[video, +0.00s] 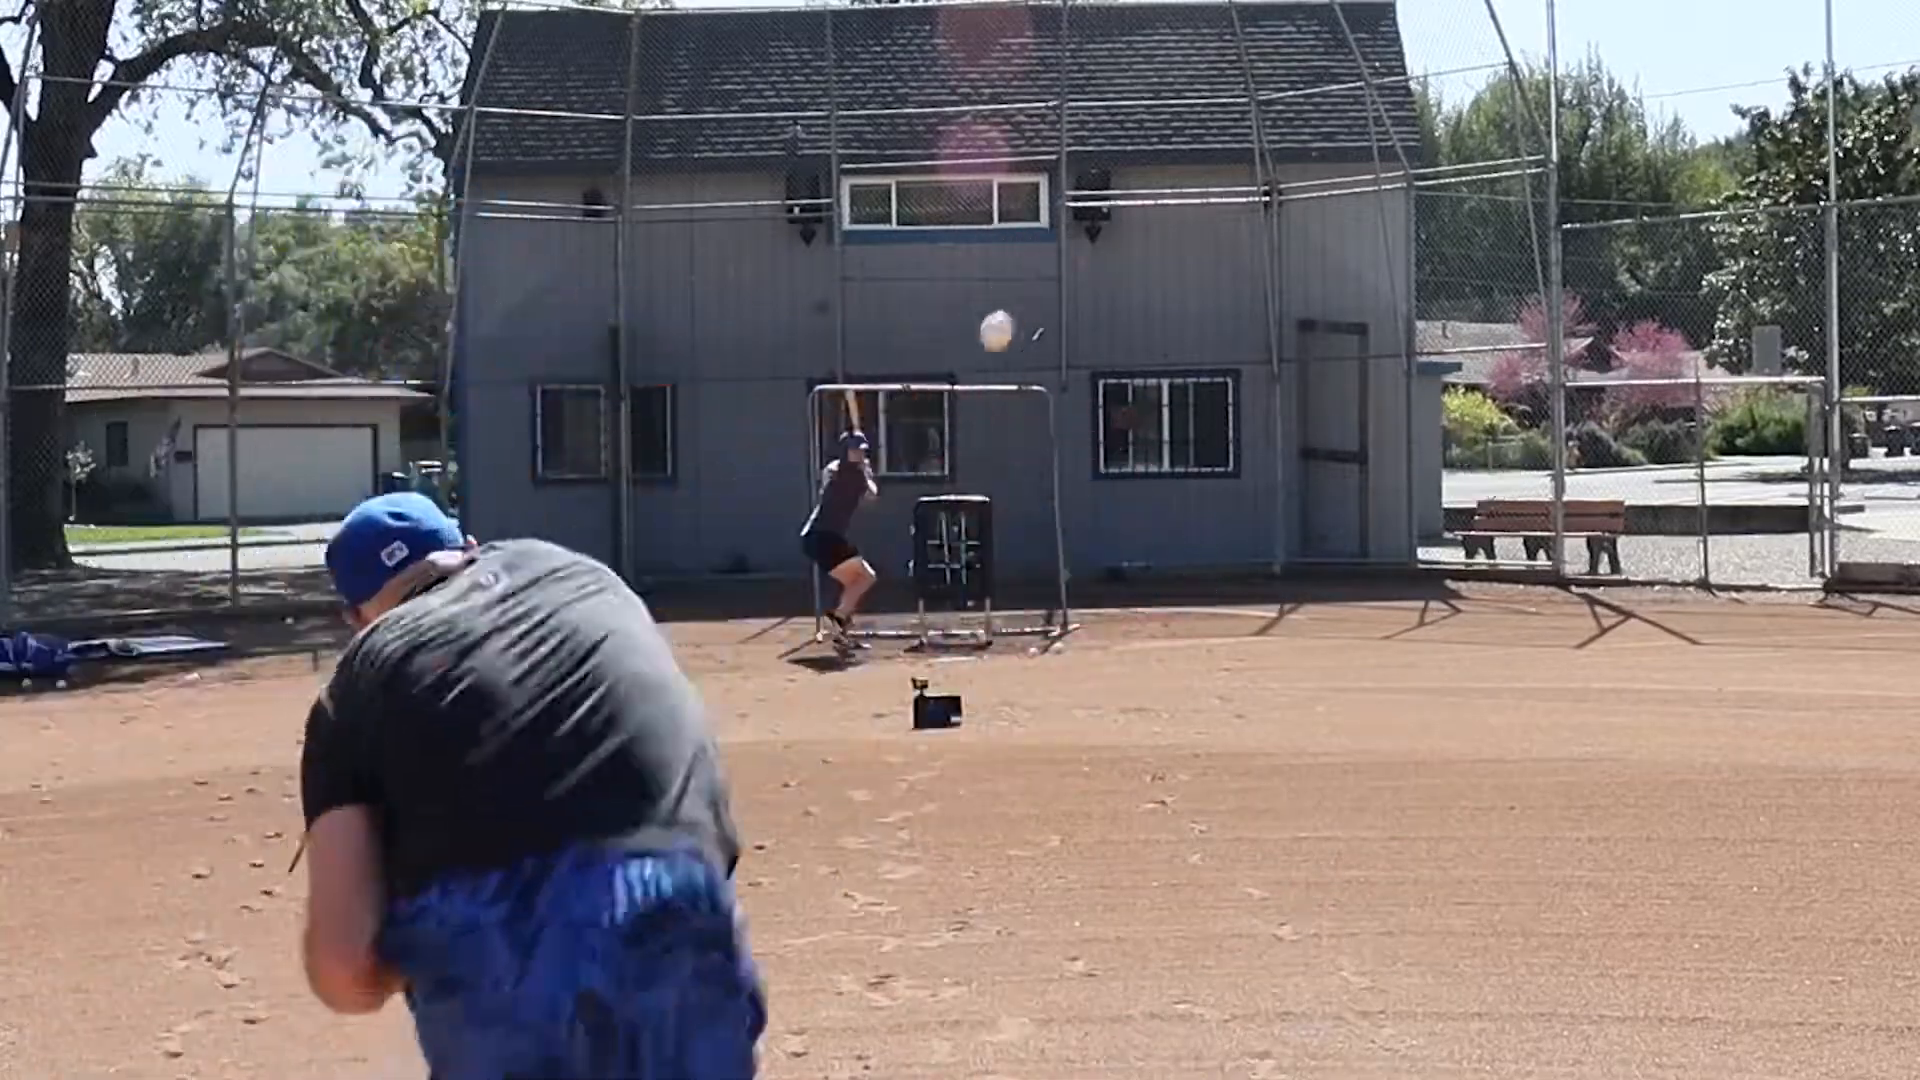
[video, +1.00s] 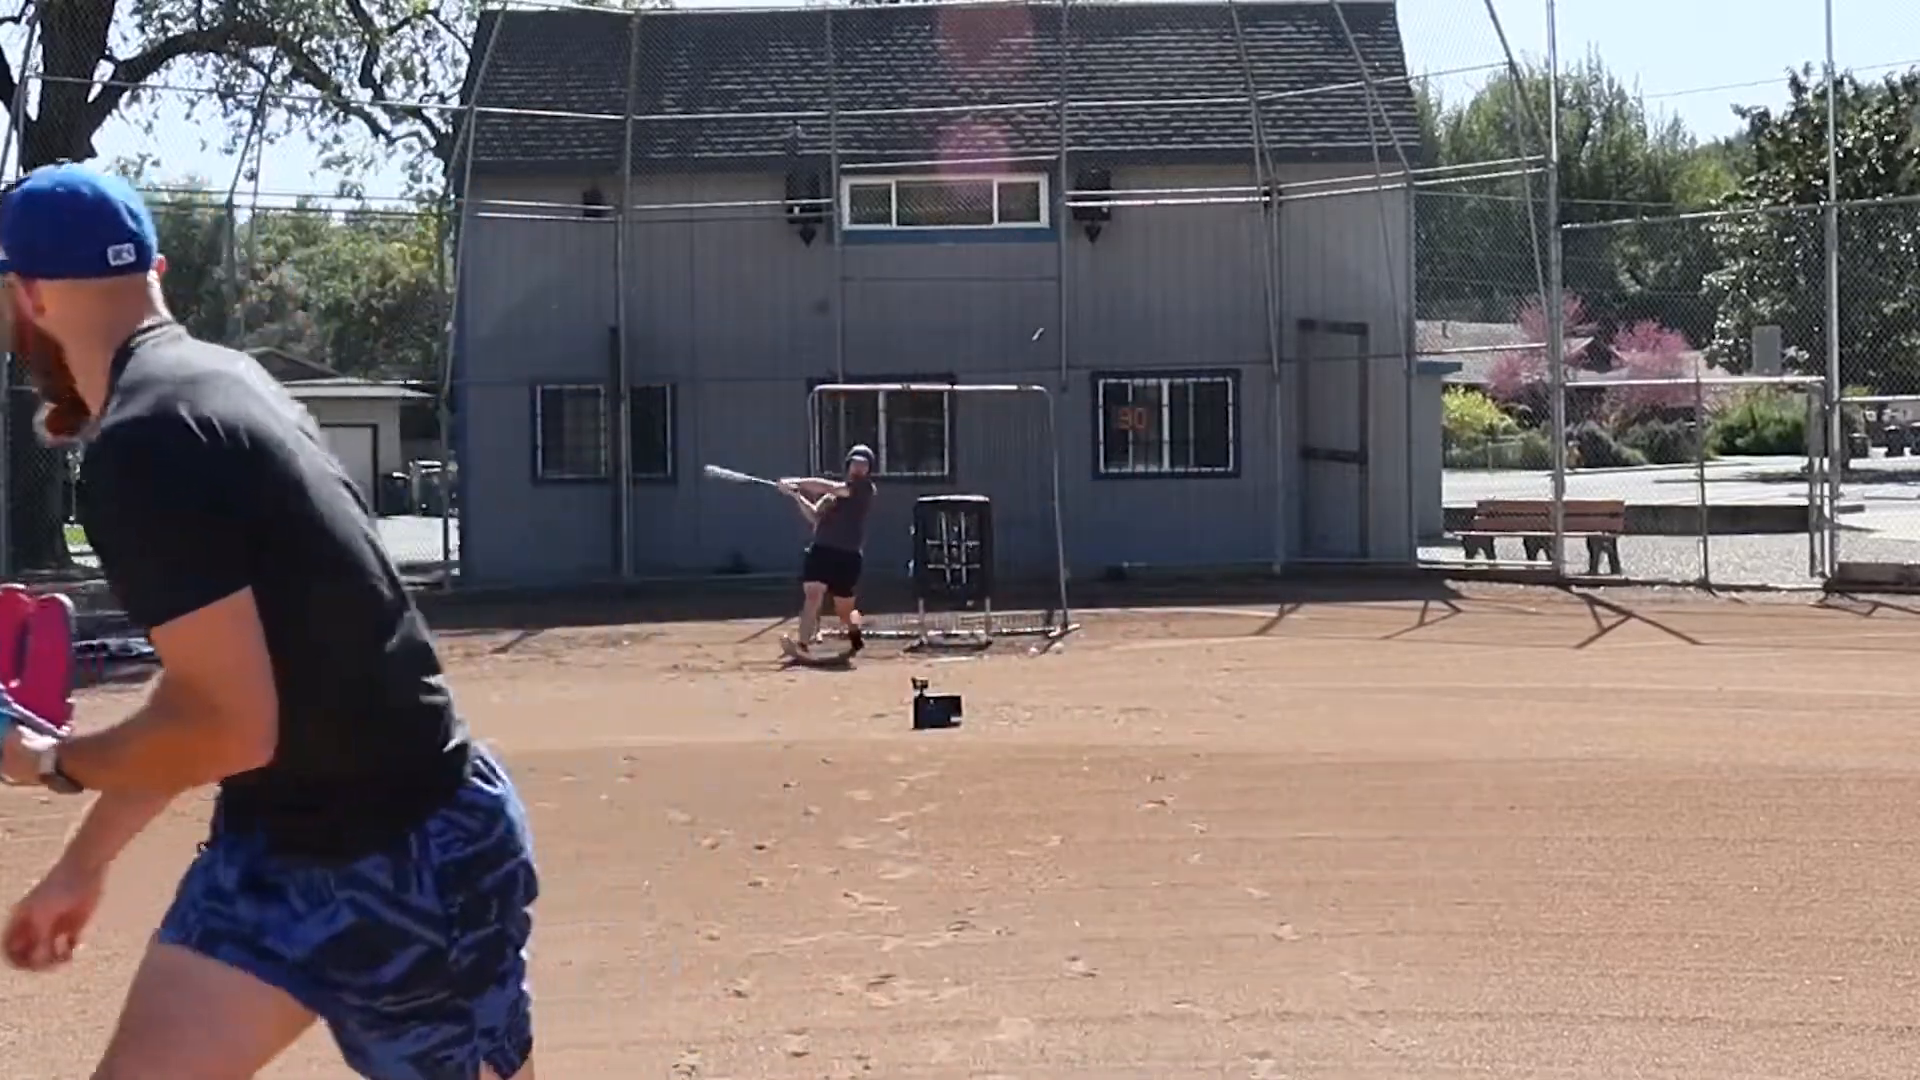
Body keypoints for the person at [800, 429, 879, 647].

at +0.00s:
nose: (861, 455)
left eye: (862, 451)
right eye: (856, 451)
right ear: (848, 452)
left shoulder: (833, 468)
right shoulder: (857, 474)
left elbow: (830, 467)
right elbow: (873, 492)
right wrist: (866, 472)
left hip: (813, 535)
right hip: (827, 536)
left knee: (852, 581)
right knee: (866, 576)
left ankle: (841, 632)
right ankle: (841, 614)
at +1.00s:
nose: (858, 469)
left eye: (863, 465)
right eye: (855, 464)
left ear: (868, 469)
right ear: (848, 465)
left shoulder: (865, 489)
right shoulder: (836, 491)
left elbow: (830, 488)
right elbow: (815, 515)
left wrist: (797, 482)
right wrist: (795, 494)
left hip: (847, 553)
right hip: (822, 548)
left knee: (845, 610)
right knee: (813, 595)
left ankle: (854, 631)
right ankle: (803, 643)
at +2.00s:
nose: (852, 458)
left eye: (853, 453)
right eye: (848, 453)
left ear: (843, 455)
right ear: (836, 455)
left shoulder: (821, 475)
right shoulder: (838, 479)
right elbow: (862, 509)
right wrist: (860, 491)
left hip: (825, 545)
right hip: (818, 546)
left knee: (851, 592)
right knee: (840, 600)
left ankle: (837, 636)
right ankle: (812, 645)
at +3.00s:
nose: (859, 461)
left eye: (860, 456)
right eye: (855, 456)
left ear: (845, 457)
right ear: (844, 457)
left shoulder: (828, 472)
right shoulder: (849, 478)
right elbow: (870, 493)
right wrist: (859, 472)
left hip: (826, 541)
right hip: (816, 542)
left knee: (853, 587)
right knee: (842, 588)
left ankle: (838, 635)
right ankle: (822, 634)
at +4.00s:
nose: (832, 455)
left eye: (836, 450)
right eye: (828, 451)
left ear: (843, 455)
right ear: (821, 456)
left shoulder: (847, 474)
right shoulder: (814, 486)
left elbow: (815, 481)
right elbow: (793, 513)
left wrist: (773, 483)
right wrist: (767, 494)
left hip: (838, 547)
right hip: (810, 546)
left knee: (837, 601)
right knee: (805, 598)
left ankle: (834, 632)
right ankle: (799, 646)